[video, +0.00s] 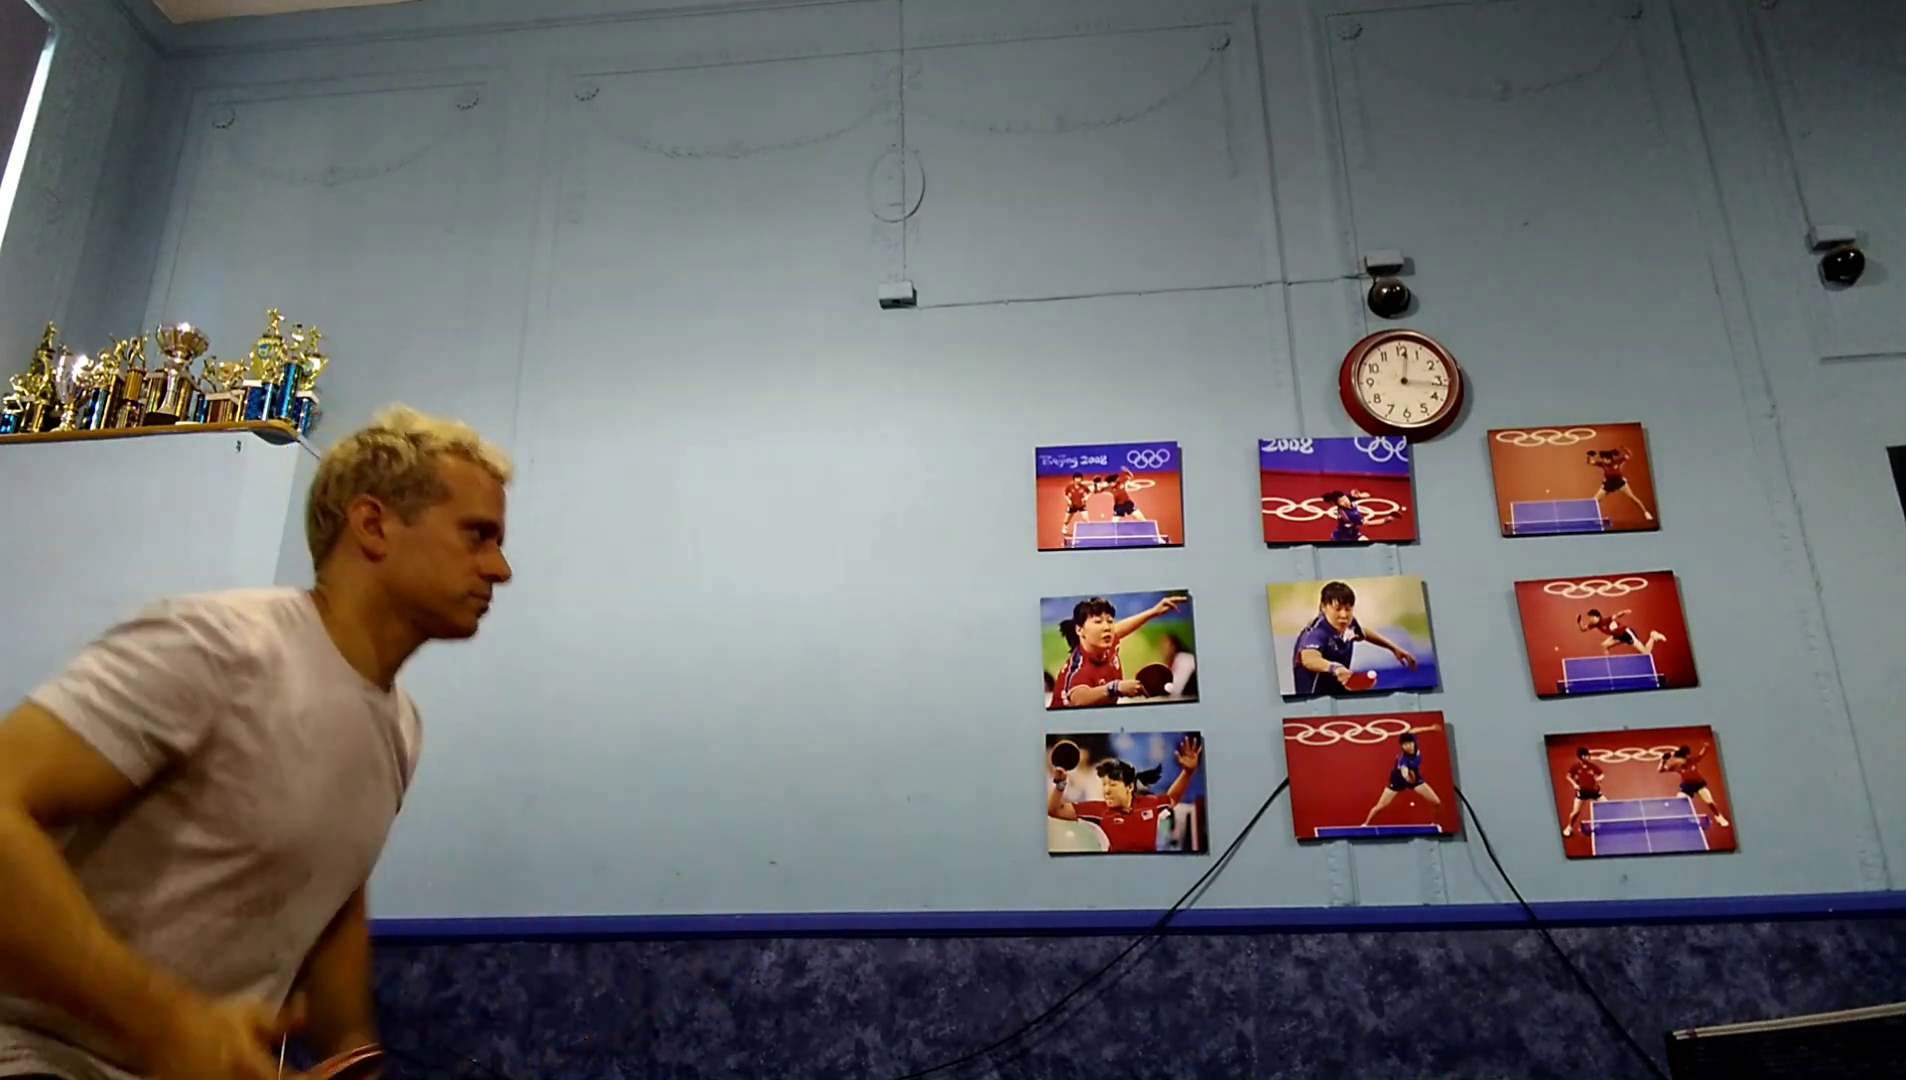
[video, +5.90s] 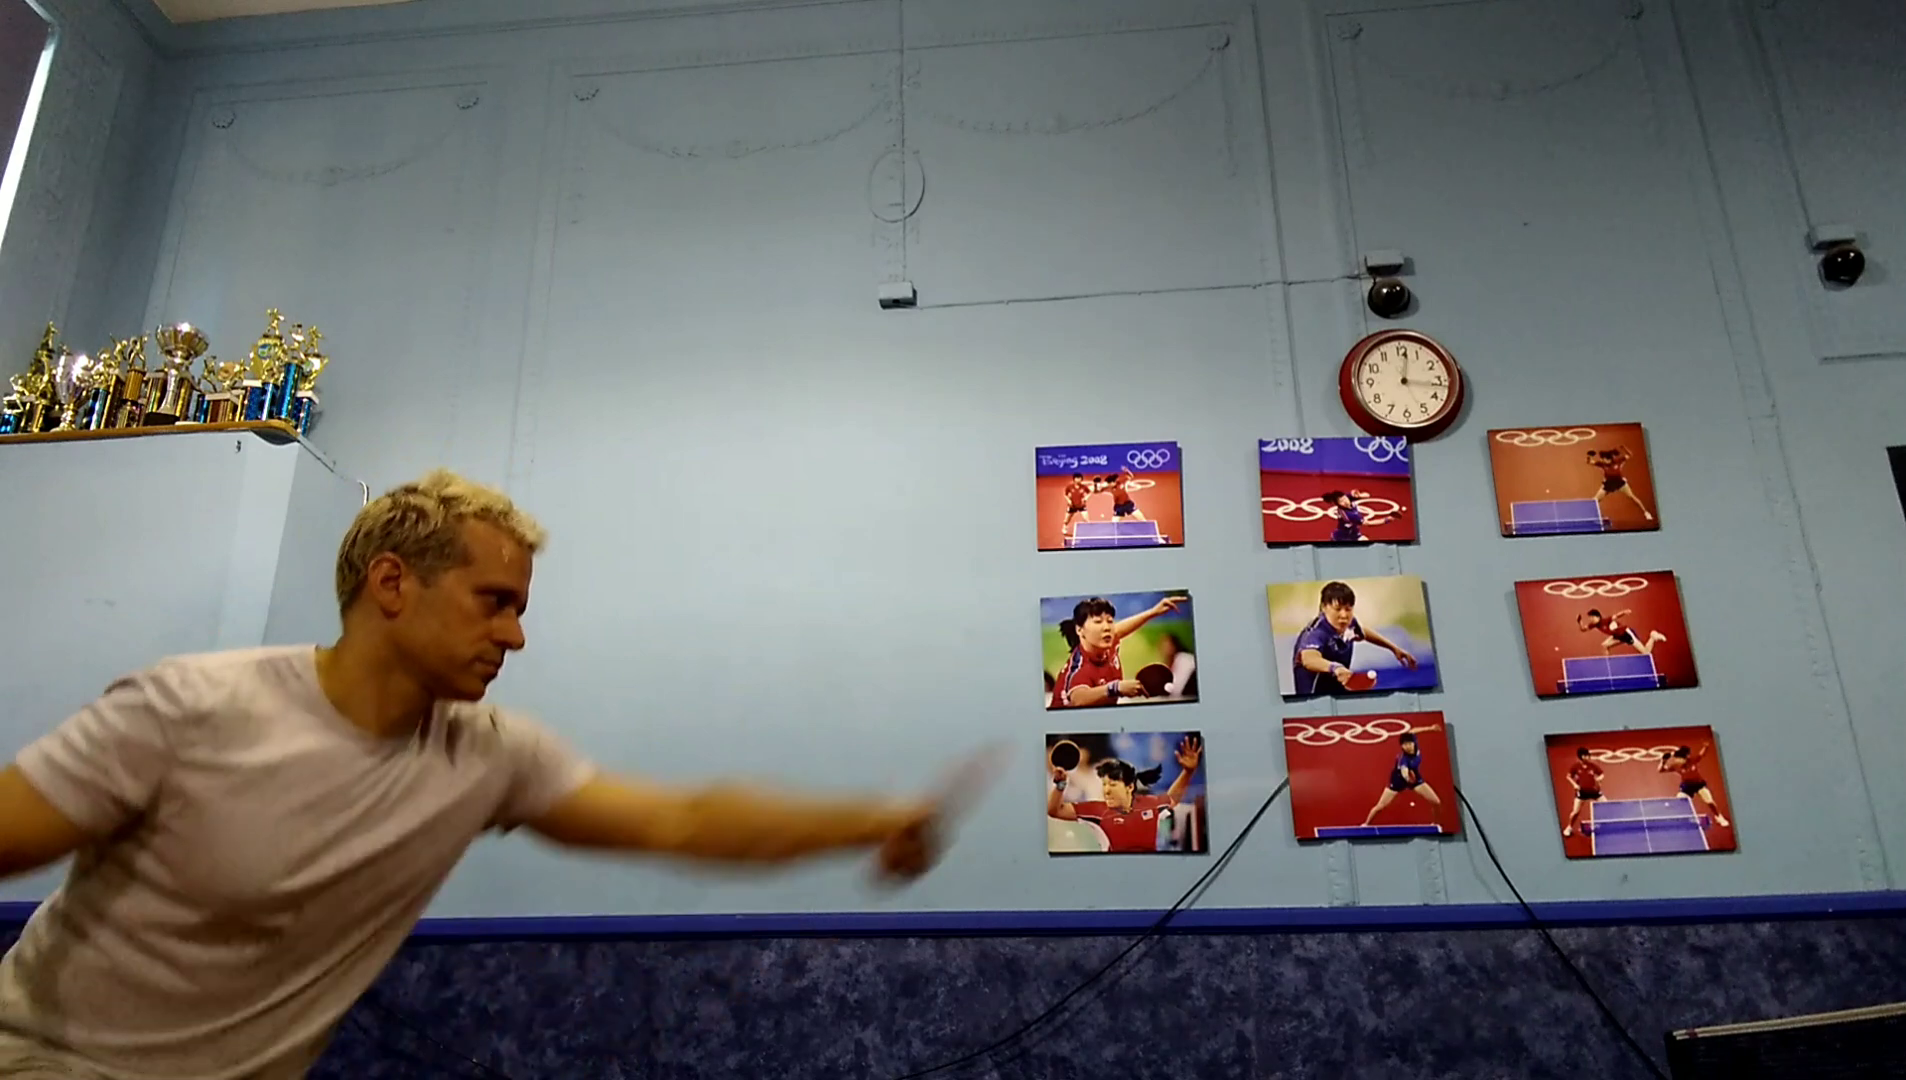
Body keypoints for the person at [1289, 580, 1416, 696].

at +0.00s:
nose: (1344, 615)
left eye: (1348, 609)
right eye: (1338, 609)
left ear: (1353, 609)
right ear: (1324, 608)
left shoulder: (1349, 624)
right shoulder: (1315, 633)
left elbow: (1364, 634)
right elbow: (1309, 660)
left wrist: (1395, 649)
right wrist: (1335, 668)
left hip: (1341, 705)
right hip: (1314, 708)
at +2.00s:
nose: (1344, 615)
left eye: (1348, 609)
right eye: (1338, 609)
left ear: (1353, 609)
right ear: (1324, 608)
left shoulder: (1349, 624)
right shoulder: (1316, 632)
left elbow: (1364, 634)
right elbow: (1309, 660)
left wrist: (1395, 649)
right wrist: (1335, 668)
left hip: (1341, 703)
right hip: (1314, 708)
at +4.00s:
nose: (1344, 615)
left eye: (1348, 609)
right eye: (1338, 609)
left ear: (1353, 609)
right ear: (1324, 608)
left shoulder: (1349, 624)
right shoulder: (1315, 633)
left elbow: (1364, 634)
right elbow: (1309, 660)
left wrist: (1395, 649)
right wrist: (1335, 667)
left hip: (1341, 703)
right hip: (1314, 708)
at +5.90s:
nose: (1343, 615)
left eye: (1348, 609)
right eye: (1338, 610)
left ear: (1353, 609)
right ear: (1324, 608)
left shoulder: (1349, 624)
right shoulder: (1315, 633)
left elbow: (1363, 634)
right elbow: (1309, 660)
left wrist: (1395, 649)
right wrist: (1335, 668)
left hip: (1341, 704)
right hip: (1314, 708)